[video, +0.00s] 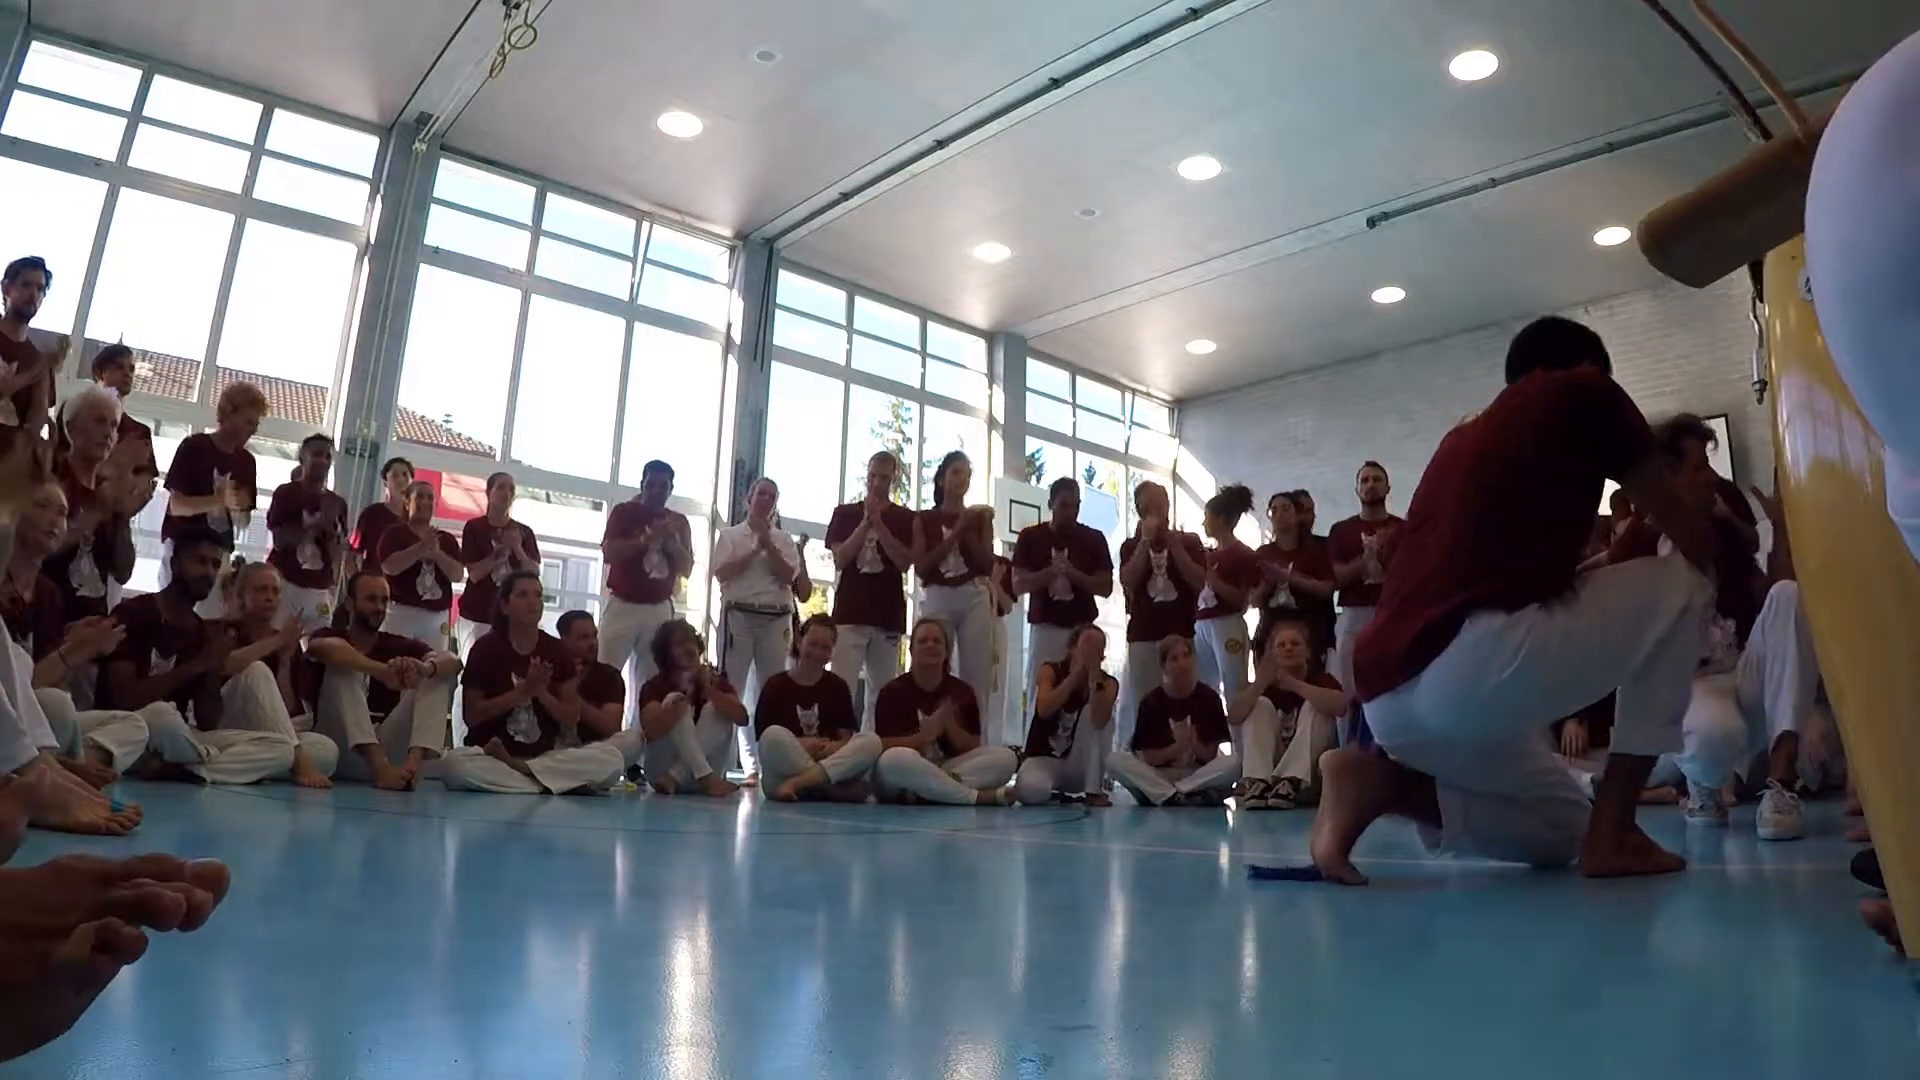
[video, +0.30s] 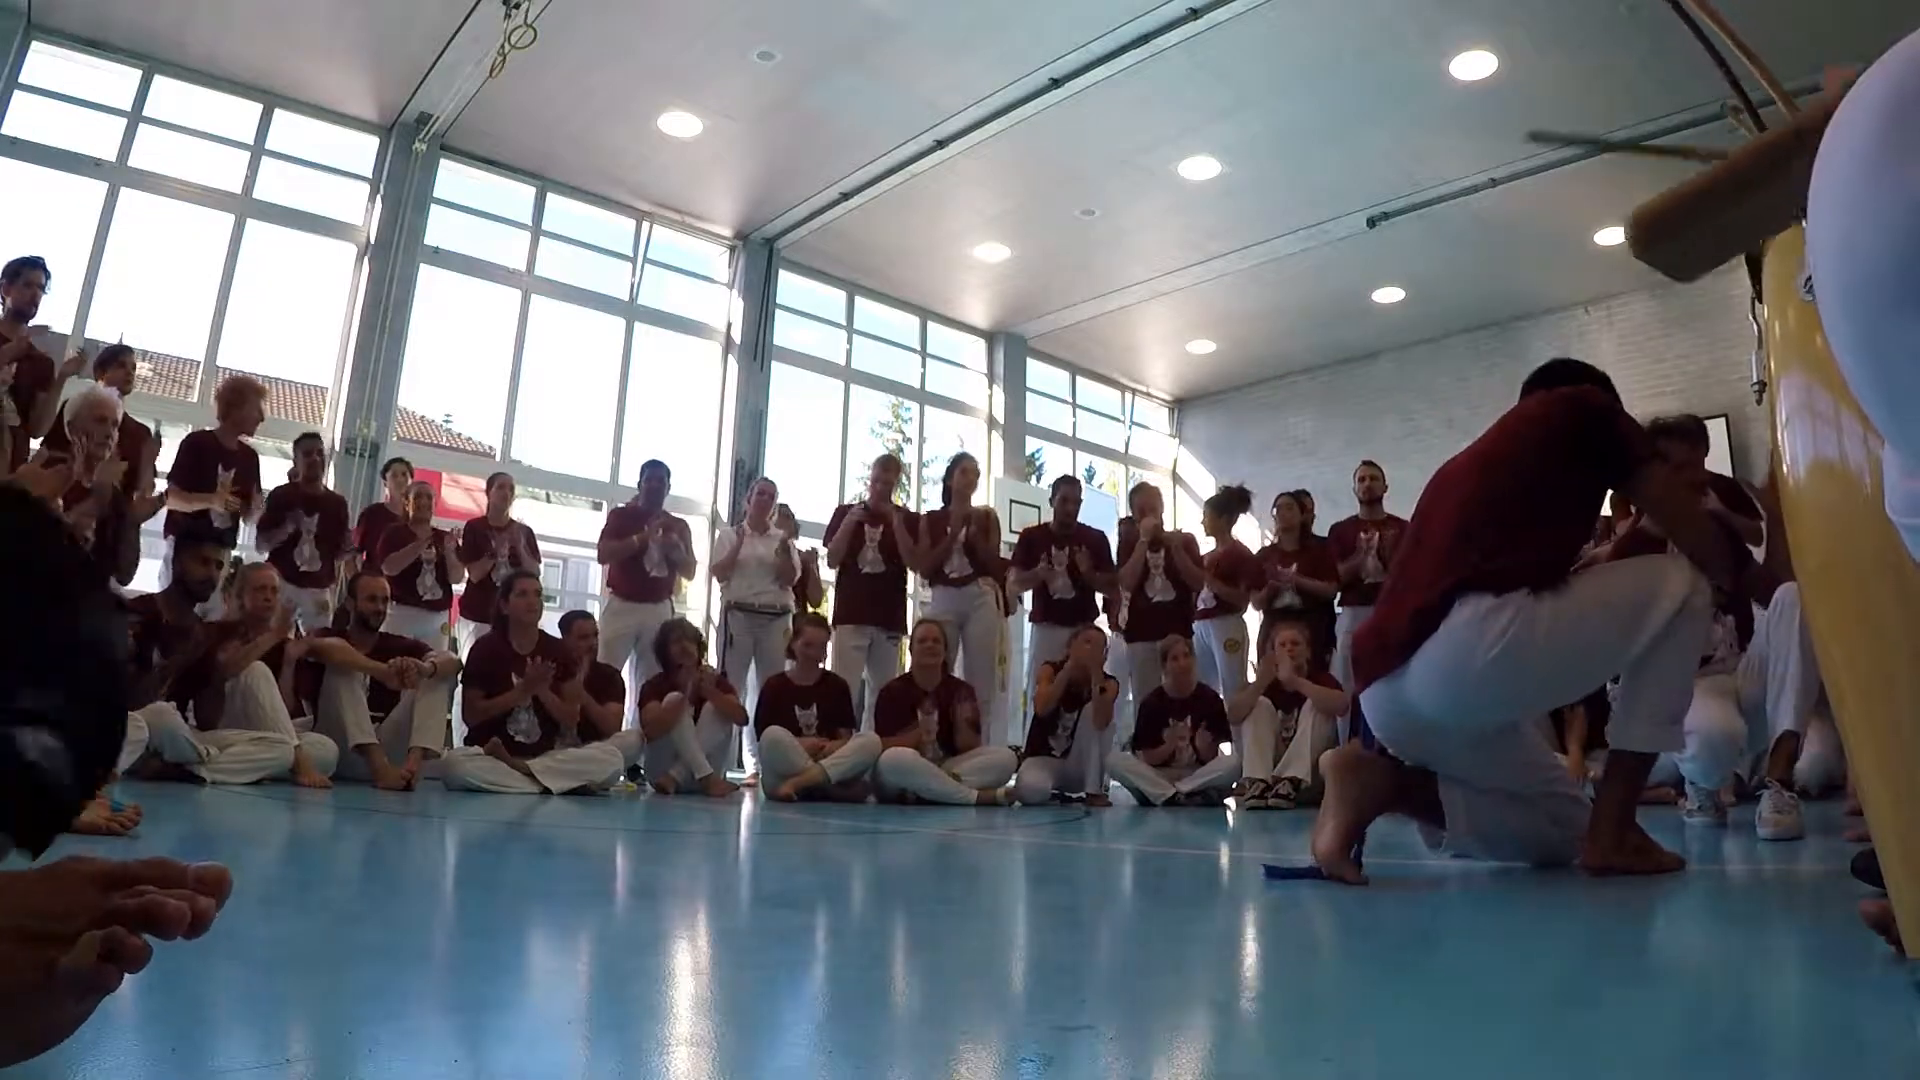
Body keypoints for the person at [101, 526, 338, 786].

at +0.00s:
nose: (209, 572)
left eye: (214, 565)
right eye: (199, 562)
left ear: (220, 571)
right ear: (175, 563)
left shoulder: (204, 629)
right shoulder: (134, 612)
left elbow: (207, 720)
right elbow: (125, 698)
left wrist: (216, 669)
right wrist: (200, 665)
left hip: (180, 736)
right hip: (129, 735)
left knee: (283, 750)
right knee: (161, 715)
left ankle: (186, 772)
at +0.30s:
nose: (212, 574)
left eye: (218, 566)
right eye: (202, 563)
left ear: (224, 574)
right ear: (176, 562)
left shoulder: (208, 632)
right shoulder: (139, 610)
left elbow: (208, 719)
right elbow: (132, 697)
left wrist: (220, 672)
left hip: (184, 735)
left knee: (282, 751)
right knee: (160, 714)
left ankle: (189, 772)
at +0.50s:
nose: (268, 597)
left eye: (273, 590)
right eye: (259, 590)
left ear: (279, 595)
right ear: (241, 595)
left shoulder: (286, 639)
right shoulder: (223, 630)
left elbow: (291, 710)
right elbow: (222, 668)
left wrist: (283, 663)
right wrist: (278, 637)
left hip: (272, 731)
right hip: (225, 724)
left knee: (327, 751)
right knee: (255, 672)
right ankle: (298, 762)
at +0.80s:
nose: (269, 597)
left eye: (274, 591)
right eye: (260, 590)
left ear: (280, 596)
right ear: (241, 595)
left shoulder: (286, 642)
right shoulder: (225, 631)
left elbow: (289, 708)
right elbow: (222, 668)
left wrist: (284, 658)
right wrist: (278, 638)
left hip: (271, 731)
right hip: (225, 724)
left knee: (327, 751)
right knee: (255, 672)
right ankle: (298, 762)